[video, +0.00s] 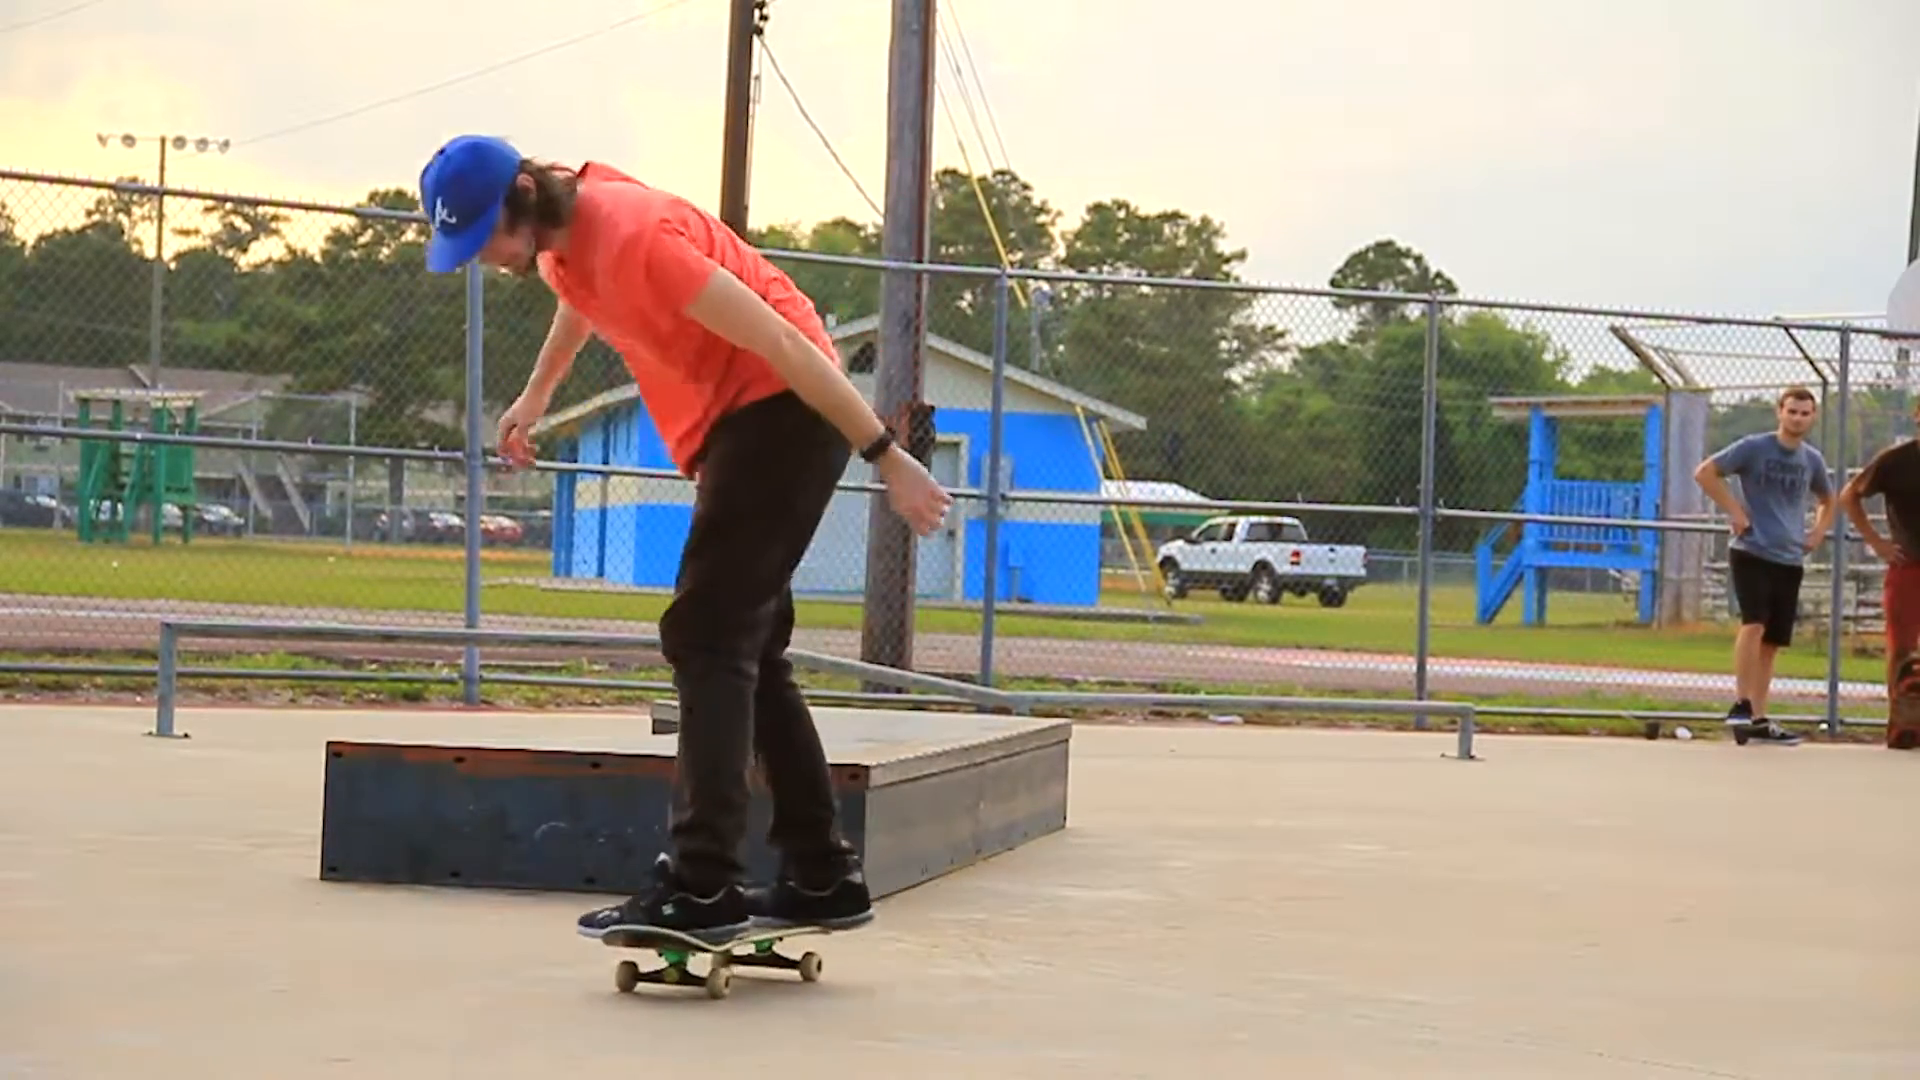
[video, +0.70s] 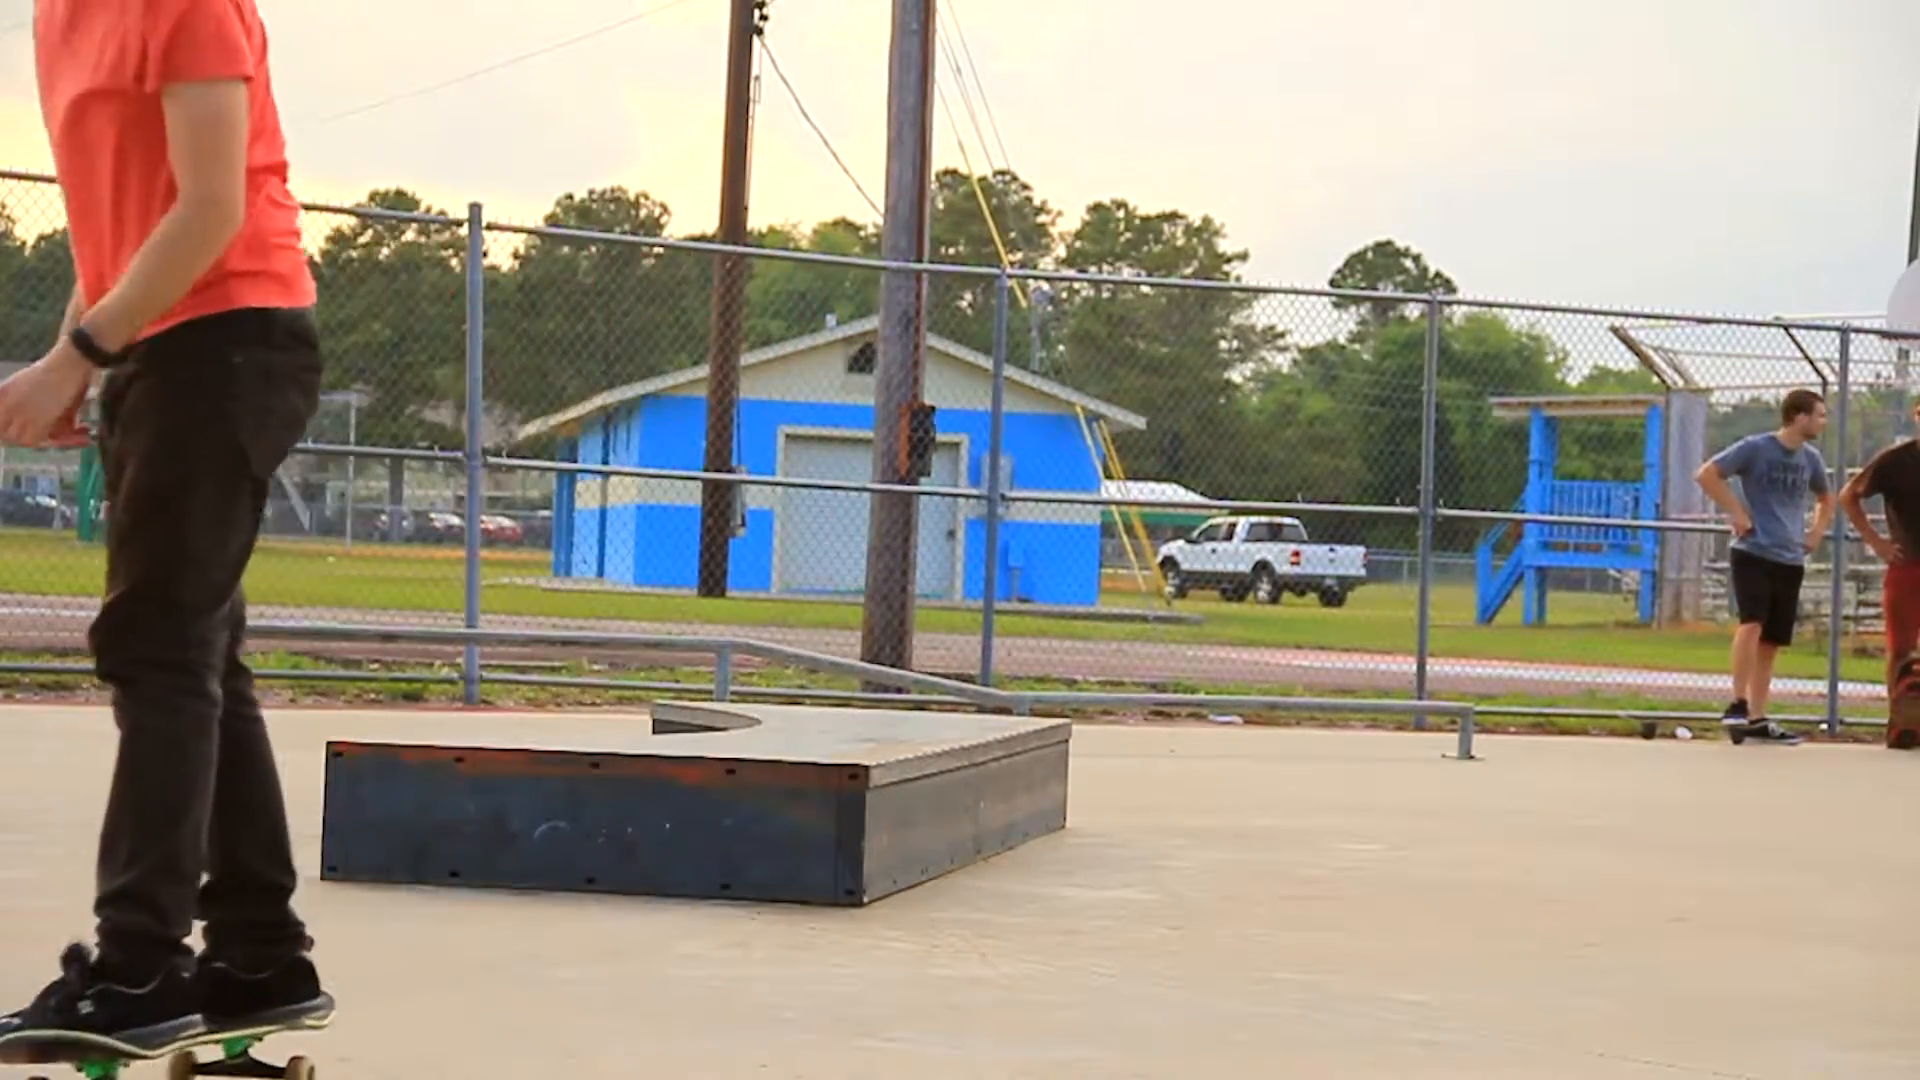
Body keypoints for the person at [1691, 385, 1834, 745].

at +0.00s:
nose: (1799, 418)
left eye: (1806, 413)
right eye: (1793, 411)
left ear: (1813, 419)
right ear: (1780, 413)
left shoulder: (1813, 459)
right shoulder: (1755, 447)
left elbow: (1828, 500)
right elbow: (1705, 473)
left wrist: (1817, 534)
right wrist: (1736, 512)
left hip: (1789, 557)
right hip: (1752, 550)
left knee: (1771, 641)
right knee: (1754, 624)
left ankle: (1759, 717)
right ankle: (1743, 704)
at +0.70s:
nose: (1824, 422)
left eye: (1824, 416)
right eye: (1820, 415)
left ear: (1806, 419)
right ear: (1798, 417)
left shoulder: (1811, 458)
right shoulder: (1756, 447)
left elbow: (1827, 499)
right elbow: (1707, 474)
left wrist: (1817, 532)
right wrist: (1737, 513)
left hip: (1790, 557)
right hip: (1753, 551)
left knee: (1771, 641)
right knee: (1752, 624)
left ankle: (1757, 716)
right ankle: (1739, 704)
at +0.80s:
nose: (1808, 401)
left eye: (1815, 395)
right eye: (1802, 395)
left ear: (1828, 399)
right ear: (1794, 400)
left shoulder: (1848, 444)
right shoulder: (1774, 445)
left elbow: (1885, 483)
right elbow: (1761, 502)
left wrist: (1859, 515)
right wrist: (1758, 554)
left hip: (1825, 556)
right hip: (1782, 554)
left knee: (1817, 638)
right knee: (1774, 636)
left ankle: (1807, 713)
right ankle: (1770, 711)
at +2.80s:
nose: (1797, 402)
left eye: (1804, 395)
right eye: (1792, 395)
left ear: (1817, 400)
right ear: (1782, 400)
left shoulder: (1840, 443)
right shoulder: (1764, 447)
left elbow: (1883, 480)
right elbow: (1750, 504)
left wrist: (1853, 514)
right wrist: (1752, 555)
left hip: (1822, 554)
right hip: (1778, 552)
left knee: (1816, 639)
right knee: (1773, 638)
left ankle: (1807, 714)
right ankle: (1770, 712)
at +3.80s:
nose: (1807, 404)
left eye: (1814, 398)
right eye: (1801, 398)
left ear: (1824, 402)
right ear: (1791, 402)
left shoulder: (1845, 444)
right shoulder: (1769, 447)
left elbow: (1884, 480)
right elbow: (1754, 505)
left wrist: (1856, 514)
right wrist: (1754, 556)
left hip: (1826, 555)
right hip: (1781, 553)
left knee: (1817, 639)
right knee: (1775, 638)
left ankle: (1807, 714)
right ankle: (1770, 712)